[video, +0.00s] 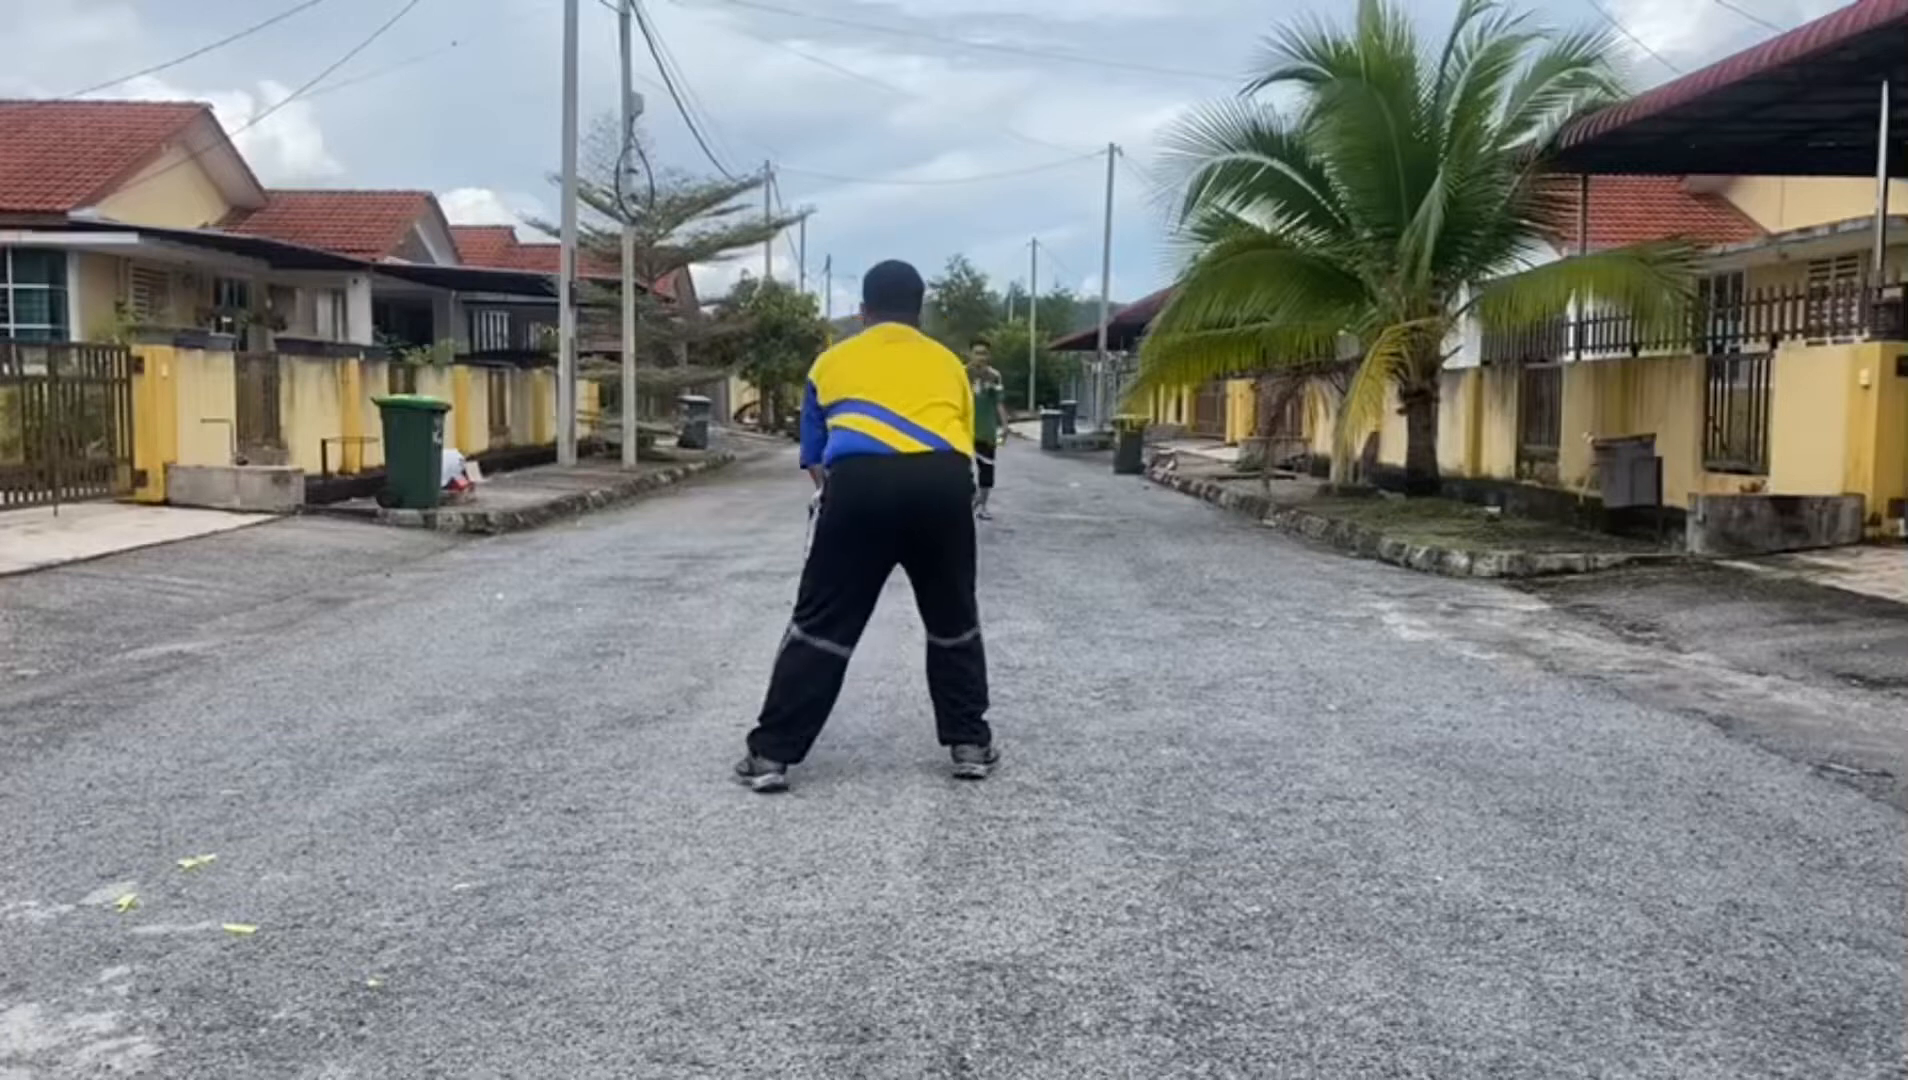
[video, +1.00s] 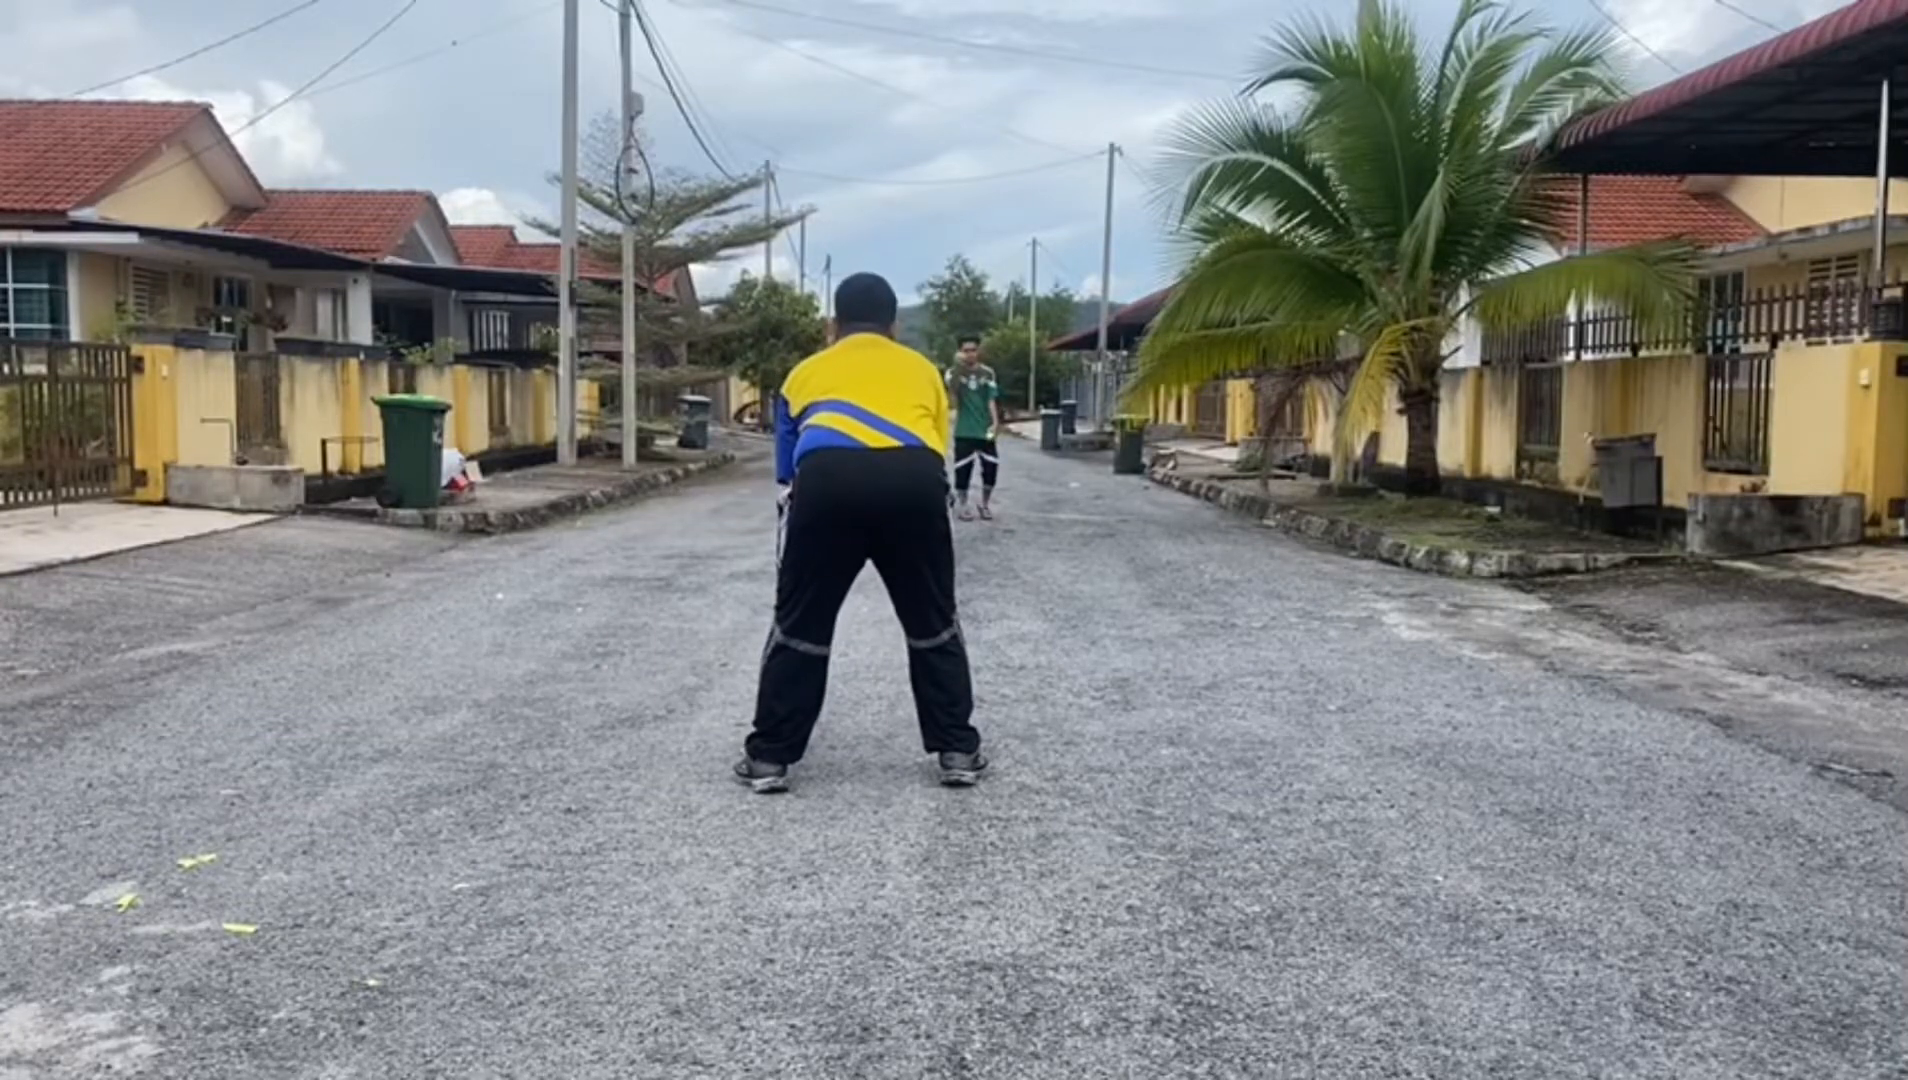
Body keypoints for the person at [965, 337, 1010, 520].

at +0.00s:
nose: (980, 358)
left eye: (984, 353)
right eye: (977, 353)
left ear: (989, 356)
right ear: (970, 355)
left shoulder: (994, 377)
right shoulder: (963, 376)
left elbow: (999, 403)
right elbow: (957, 398)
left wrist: (1005, 425)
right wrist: (956, 422)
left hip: (986, 430)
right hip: (965, 428)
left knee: (986, 471)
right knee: (963, 466)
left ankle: (982, 504)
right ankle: (967, 499)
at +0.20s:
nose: (982, 357)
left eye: (986, 353)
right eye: (978, 352)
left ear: (991, 355)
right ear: (972, 354)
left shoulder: (996, 376)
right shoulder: (961, 374)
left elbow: (1001, 402)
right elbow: (953, 400)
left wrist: (1006, 424)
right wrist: (949, 418)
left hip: (989, 429)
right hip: (968, 428)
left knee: (987, 470)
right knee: (966, 468)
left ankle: (983, 507)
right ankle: (963, 505)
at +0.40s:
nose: (981, 355)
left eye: (985, 351)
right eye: (977, 351)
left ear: (990, 354)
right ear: (971, 353)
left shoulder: (996, 375)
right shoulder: (960, 374)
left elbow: (1000, 403)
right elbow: (953, 404)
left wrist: (1005, 424)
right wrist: (949, 428)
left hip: (989, 431)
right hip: (967, 430)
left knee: (987, 473)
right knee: (965, 472)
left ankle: (983, 507)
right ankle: (964, 506)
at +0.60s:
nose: (977, 354)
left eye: (981, 350)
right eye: (973, 350)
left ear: (986, 353)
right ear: (967, 352)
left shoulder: (993, 374)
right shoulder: (957, 374)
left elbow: (998, 401)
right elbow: (953, 399)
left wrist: (1004, 424)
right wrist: (956, 420)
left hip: (987, 430)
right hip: (966, 430)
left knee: (985, 472)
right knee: (964, 472)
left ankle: (983, 507)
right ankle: (964, 506)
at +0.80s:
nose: (972, 353)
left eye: (976, 349)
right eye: (968, 349)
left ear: (981, 351)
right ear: (962, 352)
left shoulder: (989, 373)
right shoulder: (955, 373)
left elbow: (995, 399)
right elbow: (950, 394)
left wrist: (999, 420)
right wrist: (956, 380)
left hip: (985, 430)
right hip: (964, 431)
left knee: (987, 473)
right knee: (963, 473)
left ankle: (983, 504)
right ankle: (963, 505)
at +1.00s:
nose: (970, 355)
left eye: (973, 350)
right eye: (966, 351)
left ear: (978, 352)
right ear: (959, 353)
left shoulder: (987, 373)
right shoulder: (954, 375)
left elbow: (991, 400)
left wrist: (994, 423)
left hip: (984, 430)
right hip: (964, 430)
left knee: (990, 469)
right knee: (963, 471)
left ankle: (985, 503)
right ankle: (962, 504)